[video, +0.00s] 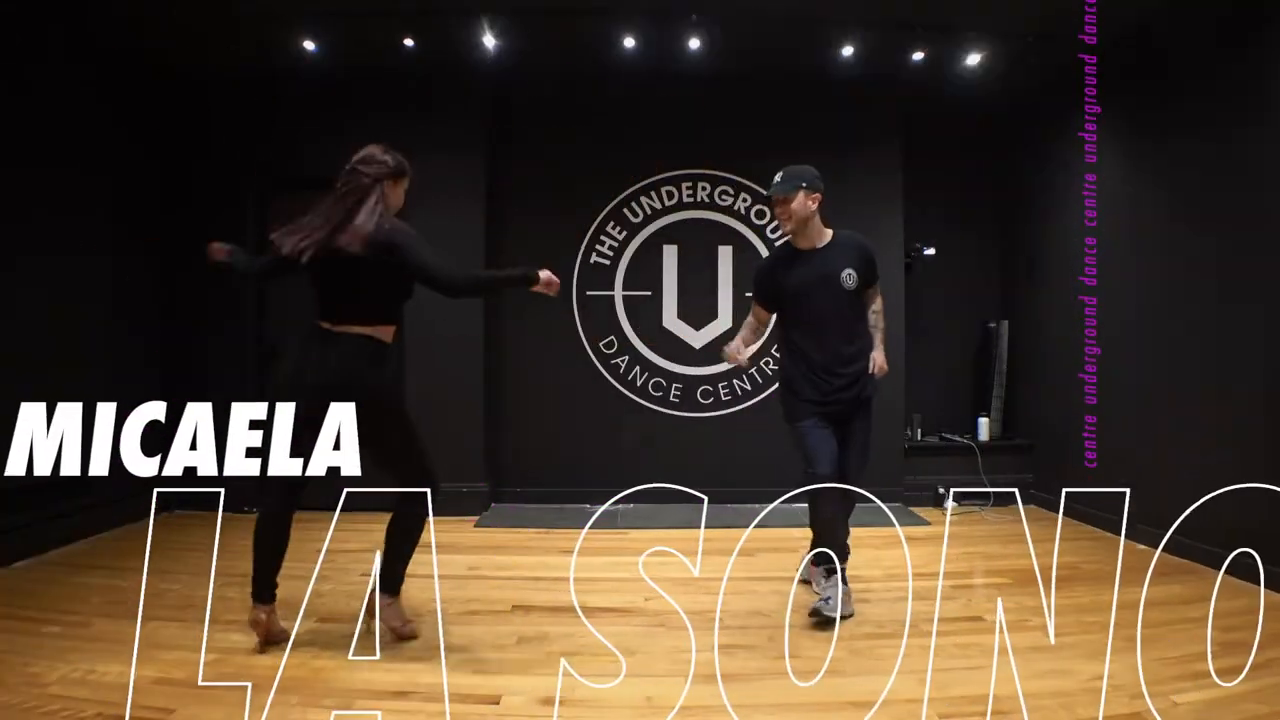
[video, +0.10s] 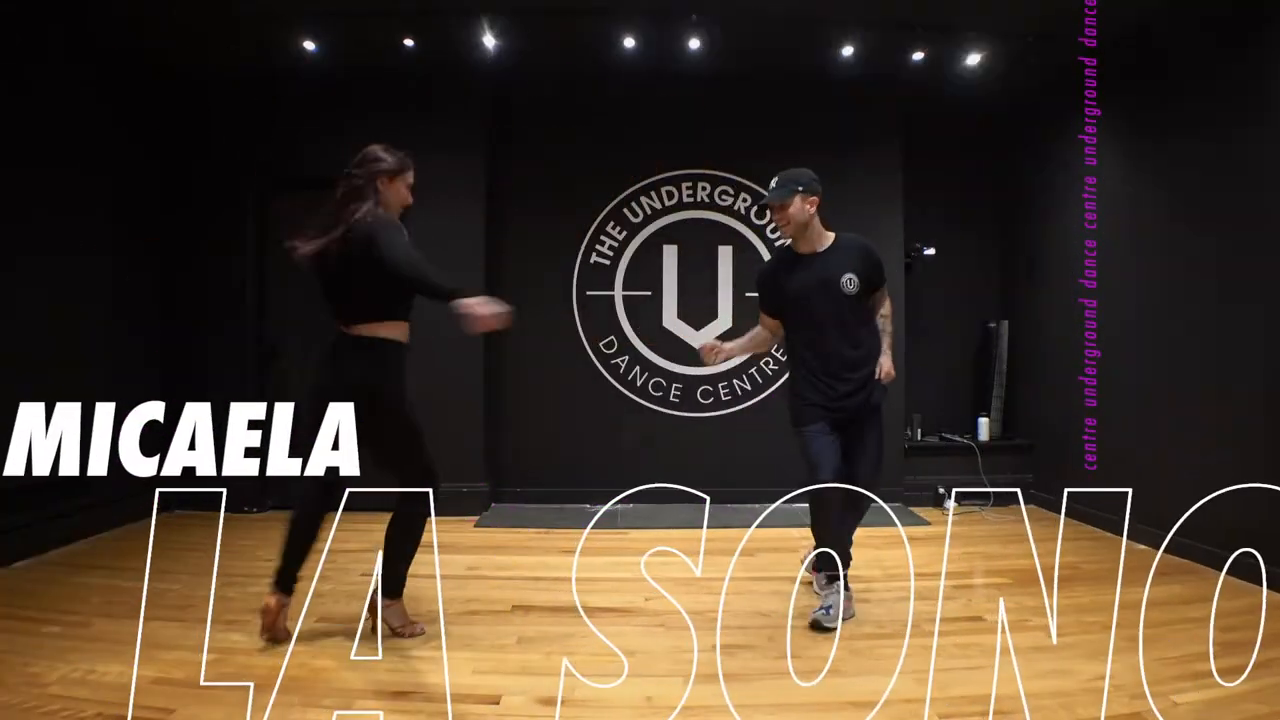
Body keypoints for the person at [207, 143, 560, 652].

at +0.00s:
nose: (404, 197)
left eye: (404, 188)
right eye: (402, 188)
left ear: (354, 184)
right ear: (386, 188)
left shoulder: (320, 231)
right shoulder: (394, 236)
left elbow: (263, 268)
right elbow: (451, 283)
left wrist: (231, 255)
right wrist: (528, 277)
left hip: (316, 364)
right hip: (371, 370)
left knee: (282, 484)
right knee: (417, 487)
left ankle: (262, 605)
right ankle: (387, 596)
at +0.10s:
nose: (411, 195)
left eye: (410, 186)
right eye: (406, 186)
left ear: (371, 185)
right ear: (383, 184)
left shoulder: (342, 232)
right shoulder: (383, 228)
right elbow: (409, 272)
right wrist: (461, 298)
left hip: (341, 367)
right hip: (378, 371)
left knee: (325, 483)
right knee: (419, 486)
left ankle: (281, 591)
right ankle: (389, 598)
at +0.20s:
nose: (416, 190)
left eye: (416, 180)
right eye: (410, 180)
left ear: (389, 182)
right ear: (383, 180)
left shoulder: (383, 228)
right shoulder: (377, 226)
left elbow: (387, 285)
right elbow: (366, 270)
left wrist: (428, 298)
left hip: (376, 365)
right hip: (382, 366)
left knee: (377, 483)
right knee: (416, 488)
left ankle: (318, 573)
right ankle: (391, 601)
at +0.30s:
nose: (423, 184)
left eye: (422, 175)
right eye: (415, 174)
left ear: (392, 180)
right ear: (386, 177)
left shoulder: (393, 235)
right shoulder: (369, 225)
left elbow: (424, 307)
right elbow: (326, 269)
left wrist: (492, 312)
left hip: (390, 362)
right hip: (375, 362)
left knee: (406, 474)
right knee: (422, 470)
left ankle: (380, 577)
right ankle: (384, 590)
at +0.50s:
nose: (443, 171)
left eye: (443, 163)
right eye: (434, 162)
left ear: (428, 171)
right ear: (403, 167)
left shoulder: (445, 230)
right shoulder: (357, 227)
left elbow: (462, 288)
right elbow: (307, 294)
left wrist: (485, 287)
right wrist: (260, 364)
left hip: (432, 364)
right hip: (371, 362)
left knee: (431, 491)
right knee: (376, 490)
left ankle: (445, 624)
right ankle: (391, 597)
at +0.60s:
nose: (429, 156)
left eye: (436, 149)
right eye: (417, 149)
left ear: (447, 164)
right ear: (398, 165)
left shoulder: (463, 225)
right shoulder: (377, 228)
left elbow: (440, 269)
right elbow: (356, 298)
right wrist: (328, 355)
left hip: (436, 356)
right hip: (381, 358)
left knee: (432, 495)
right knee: (384, 499)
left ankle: (442, 633)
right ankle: (415, 588)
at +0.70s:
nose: (395, 157)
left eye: (407, 147)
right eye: (392, 151)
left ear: (440, 157)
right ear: (394, 166)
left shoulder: (449, 218)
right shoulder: (403, 224)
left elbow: (386, 274)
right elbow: (405, 303)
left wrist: (312, 241)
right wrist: (382, 350)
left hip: (437, 363)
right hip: (398, 365)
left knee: (424, 496)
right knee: (378, 495)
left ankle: (443, 630)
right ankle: (446, 594)